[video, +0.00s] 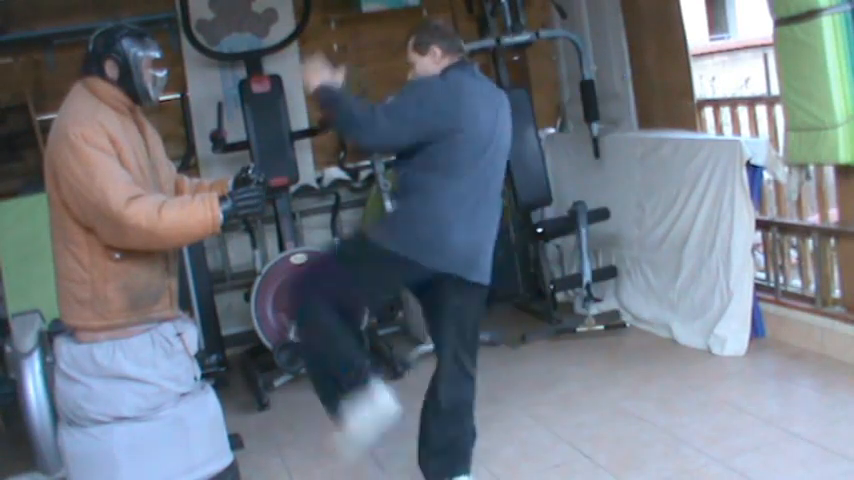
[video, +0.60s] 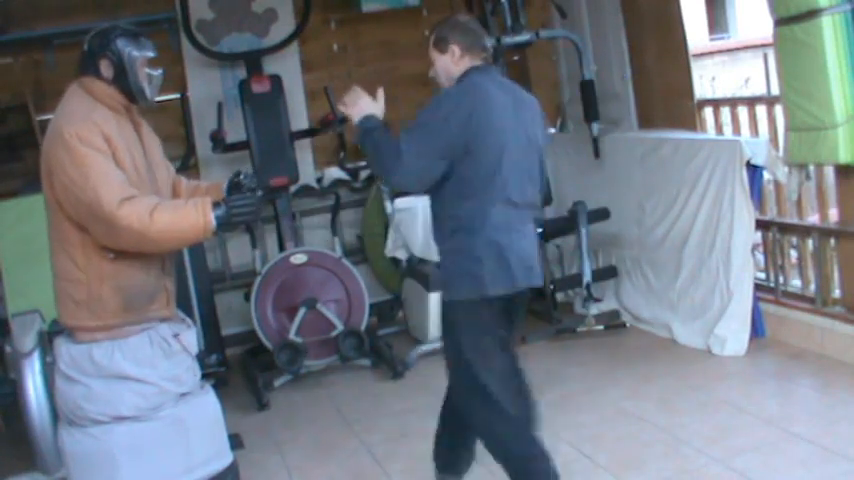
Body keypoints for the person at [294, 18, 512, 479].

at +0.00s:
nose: (412, 73)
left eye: (415, 63)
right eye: (411, 64)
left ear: (439, 54)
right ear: (455, 55)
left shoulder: (440, 93)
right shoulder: (500, 102)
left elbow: (374, 130)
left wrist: (326, 91)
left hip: (415, 239)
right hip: (471, 254)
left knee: (316, 291)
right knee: (457, 365)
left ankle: (360, 394)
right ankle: (452, 470)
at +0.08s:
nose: (409, 75)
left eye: (410, 66)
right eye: (407, 66)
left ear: (430, 54)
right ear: (451, 55)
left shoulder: (431, 90)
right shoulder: (495, 101)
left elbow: (384, 145)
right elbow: (453, 154)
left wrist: (312, 123)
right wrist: (391, 121)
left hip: (407, 221)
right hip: (461, 249)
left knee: (297, 208)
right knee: (449, 355)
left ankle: (305, 308)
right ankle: (440, 468)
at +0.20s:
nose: (405, 83)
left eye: (407, 73)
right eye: (404, 75)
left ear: (431, 60)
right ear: (451, 62)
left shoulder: (436, 91)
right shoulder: (493, 107)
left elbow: (403, 156)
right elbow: (456, 162)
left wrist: (332, 146)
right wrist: (404, 126)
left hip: (412, 221)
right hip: (461, 250)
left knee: (288, 210)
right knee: (437, 369)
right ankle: (423, 472)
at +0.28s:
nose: (415, 79)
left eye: (416, 71)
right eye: (413, 72)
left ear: (436, 60)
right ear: (457, 61)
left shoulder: (439, 92)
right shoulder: (501, 110)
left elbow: (400, 151)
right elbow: (464, 158)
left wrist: (335, 124)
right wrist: (411, 118)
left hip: (414, 230)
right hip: (467, 258)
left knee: (293, 256)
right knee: (442, 365)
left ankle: (207, 323)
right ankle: (428, 473)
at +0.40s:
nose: (427, 70)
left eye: (430, 59)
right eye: (426, 60)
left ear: (451, 51)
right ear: (470, 54)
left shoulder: (450, 90)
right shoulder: (514, 104)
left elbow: (388, 136)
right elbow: (510, 176)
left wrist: (345, 93)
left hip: (421, 245)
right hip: (479, 257)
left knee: (327, 323)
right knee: (452, 370)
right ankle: (438, 470)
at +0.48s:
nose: (435, 66)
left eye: (437, 56)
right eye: (434, 57)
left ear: (458, 48)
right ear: (485, 50)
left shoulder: (451, 91)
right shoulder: (521, 104)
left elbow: (389, 137)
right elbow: (524, 183)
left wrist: (358, 90)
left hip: (433, 259)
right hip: (492, 262)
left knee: (391, 371)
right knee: (458, 375)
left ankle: (454, 467)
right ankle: (446, 468)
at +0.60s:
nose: (432, 72)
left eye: (434, 60)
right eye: (432, 62)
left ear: (454, 53)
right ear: (475, 54)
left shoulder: (460, 100)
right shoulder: (525, 102)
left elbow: (405, 175)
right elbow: (539, 190)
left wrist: (366, 122)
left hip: (473, 269)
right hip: (519, 264)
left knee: (489, 388)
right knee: (471, 376)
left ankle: (539, 474)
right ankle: (448, 468)